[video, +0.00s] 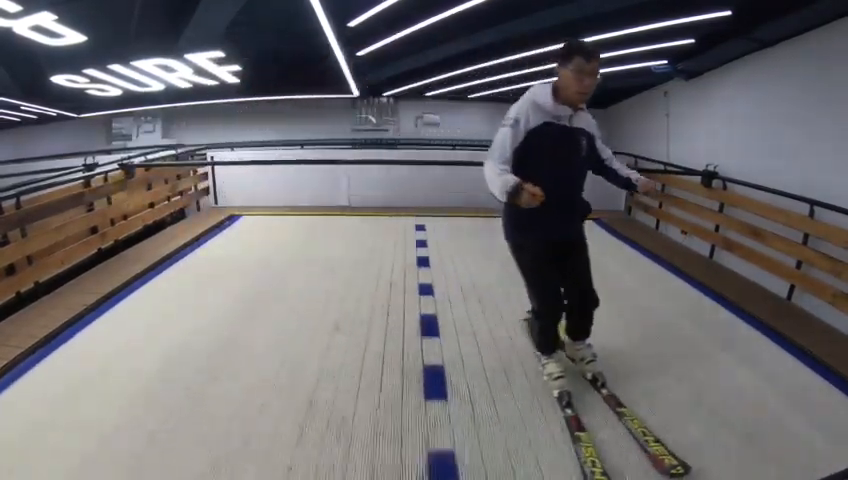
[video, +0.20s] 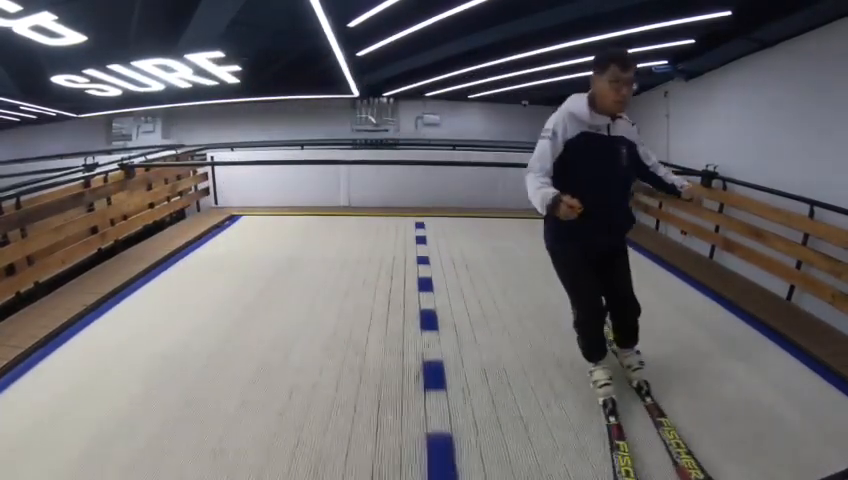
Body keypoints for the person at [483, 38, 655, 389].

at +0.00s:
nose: (587, 83)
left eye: (593, 76)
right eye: (580, 74)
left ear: (598, 79)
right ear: (560, 71)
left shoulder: (584, 121)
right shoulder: (527, 110)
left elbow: (602, 161)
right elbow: (495, 164)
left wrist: (636, 181)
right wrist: (512, 188)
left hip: (567, 218)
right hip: (527, 219)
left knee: (583, 294)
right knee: (547, 298)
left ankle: (576, 342)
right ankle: (548, 353)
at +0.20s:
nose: (625, 93)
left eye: (630, 85)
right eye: (617, 84)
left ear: (633, 86)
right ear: (595, 80)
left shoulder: (625, 128)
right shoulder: (566, 120)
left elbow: (648, 167)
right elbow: (536, 175)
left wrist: (680, 187)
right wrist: (552, 201)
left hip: (610, 231)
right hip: (569, 233)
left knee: (624, 301)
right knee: (589, 305)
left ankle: (627, 349)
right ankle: (598, 363)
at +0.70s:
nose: (601, 90)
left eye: (609, 82)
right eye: (592, 82)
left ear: (618, 86)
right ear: (575, 83)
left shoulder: (629, 134)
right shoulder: (547, 125)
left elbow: (662, 172)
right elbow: (518, 172)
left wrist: (684, 195)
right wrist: (499, 196)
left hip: (603, 246)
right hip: (553, 245)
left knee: (608, 325)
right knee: (561, 330)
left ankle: (636, 379)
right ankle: (585, 384)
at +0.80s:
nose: (574, 85)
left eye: (582, 77)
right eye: (565, 77)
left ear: (594, 80)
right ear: (551, 79)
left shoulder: (608, 131)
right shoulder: (523, 122)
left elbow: (643, 172)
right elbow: (495, 171)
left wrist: (663, 197)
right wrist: (473, 194)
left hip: (579, 247)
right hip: (527, 245)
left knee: (583, 329)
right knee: (530, 331)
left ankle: (617, 386)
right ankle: (559, 388)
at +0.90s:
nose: (540, 83)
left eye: (549, 74)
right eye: (532, 74)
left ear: (562, 76)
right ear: (519, 76)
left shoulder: (579, 129)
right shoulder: (494, 121)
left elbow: (615, 171)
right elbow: (467, 171)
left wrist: (633, 197)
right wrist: (440, 191)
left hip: (549, 247)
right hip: (499, 245)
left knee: (551, 332)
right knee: (496, 329)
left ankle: (591, 389)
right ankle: (528, 388)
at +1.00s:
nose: (501, 78)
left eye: (510, 70)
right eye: (493, 70)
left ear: (525, 72)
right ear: (482, 73)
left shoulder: (544, 127)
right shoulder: (459, 119)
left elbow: (583, 172)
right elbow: (434, 171)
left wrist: (595, 196)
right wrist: (403, 189)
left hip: (513, 246)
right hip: (464, 242)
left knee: (513, 330)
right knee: (457, 324)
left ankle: (556, 392)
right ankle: (490, 385)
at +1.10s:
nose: (457, 74)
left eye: (467, 66)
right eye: (450, 66)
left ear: (484, 70)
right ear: (441, 70)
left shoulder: (504, 123)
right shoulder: (421, 116)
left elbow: (544, 169)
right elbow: (397, 166)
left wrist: (550, 193)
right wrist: (364, 185)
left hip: (474, 239)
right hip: (426, 234)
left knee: (470, 325)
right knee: (416, 319)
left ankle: (515, 393)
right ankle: (447, 378)